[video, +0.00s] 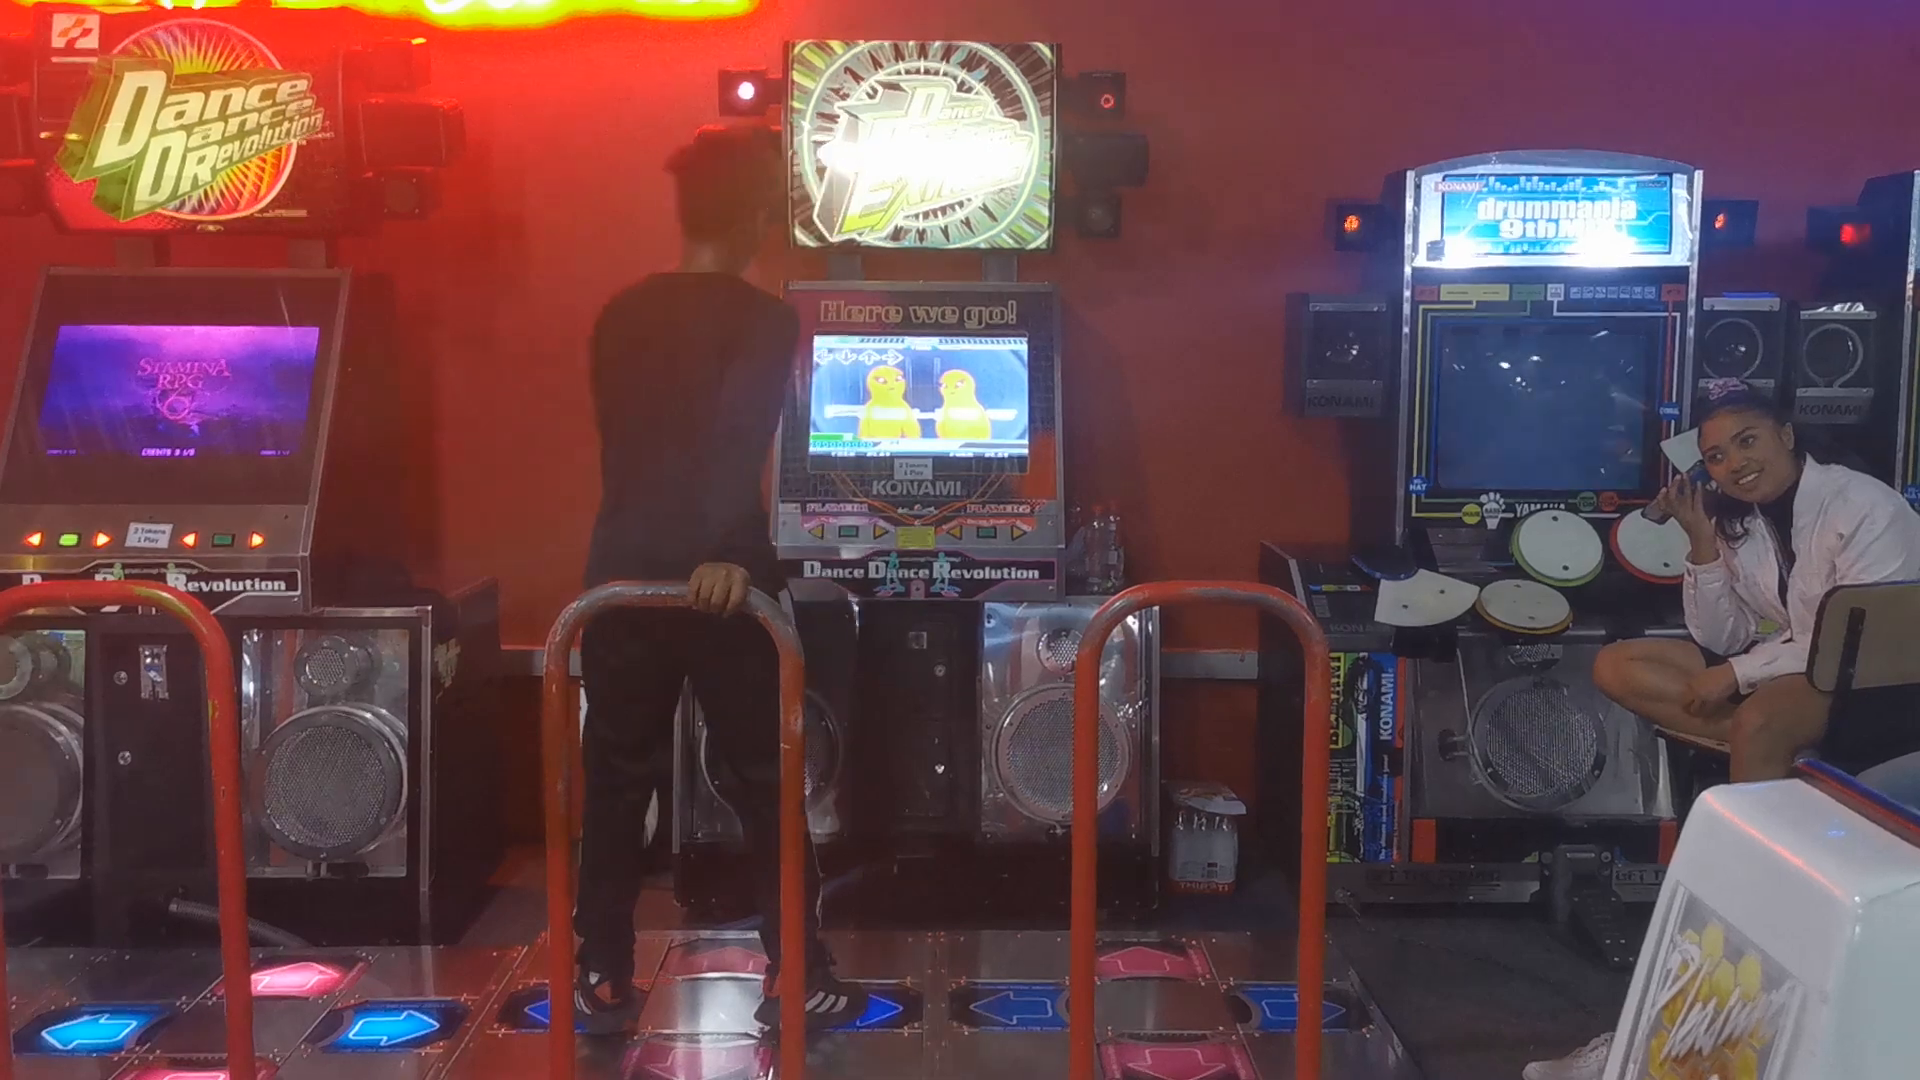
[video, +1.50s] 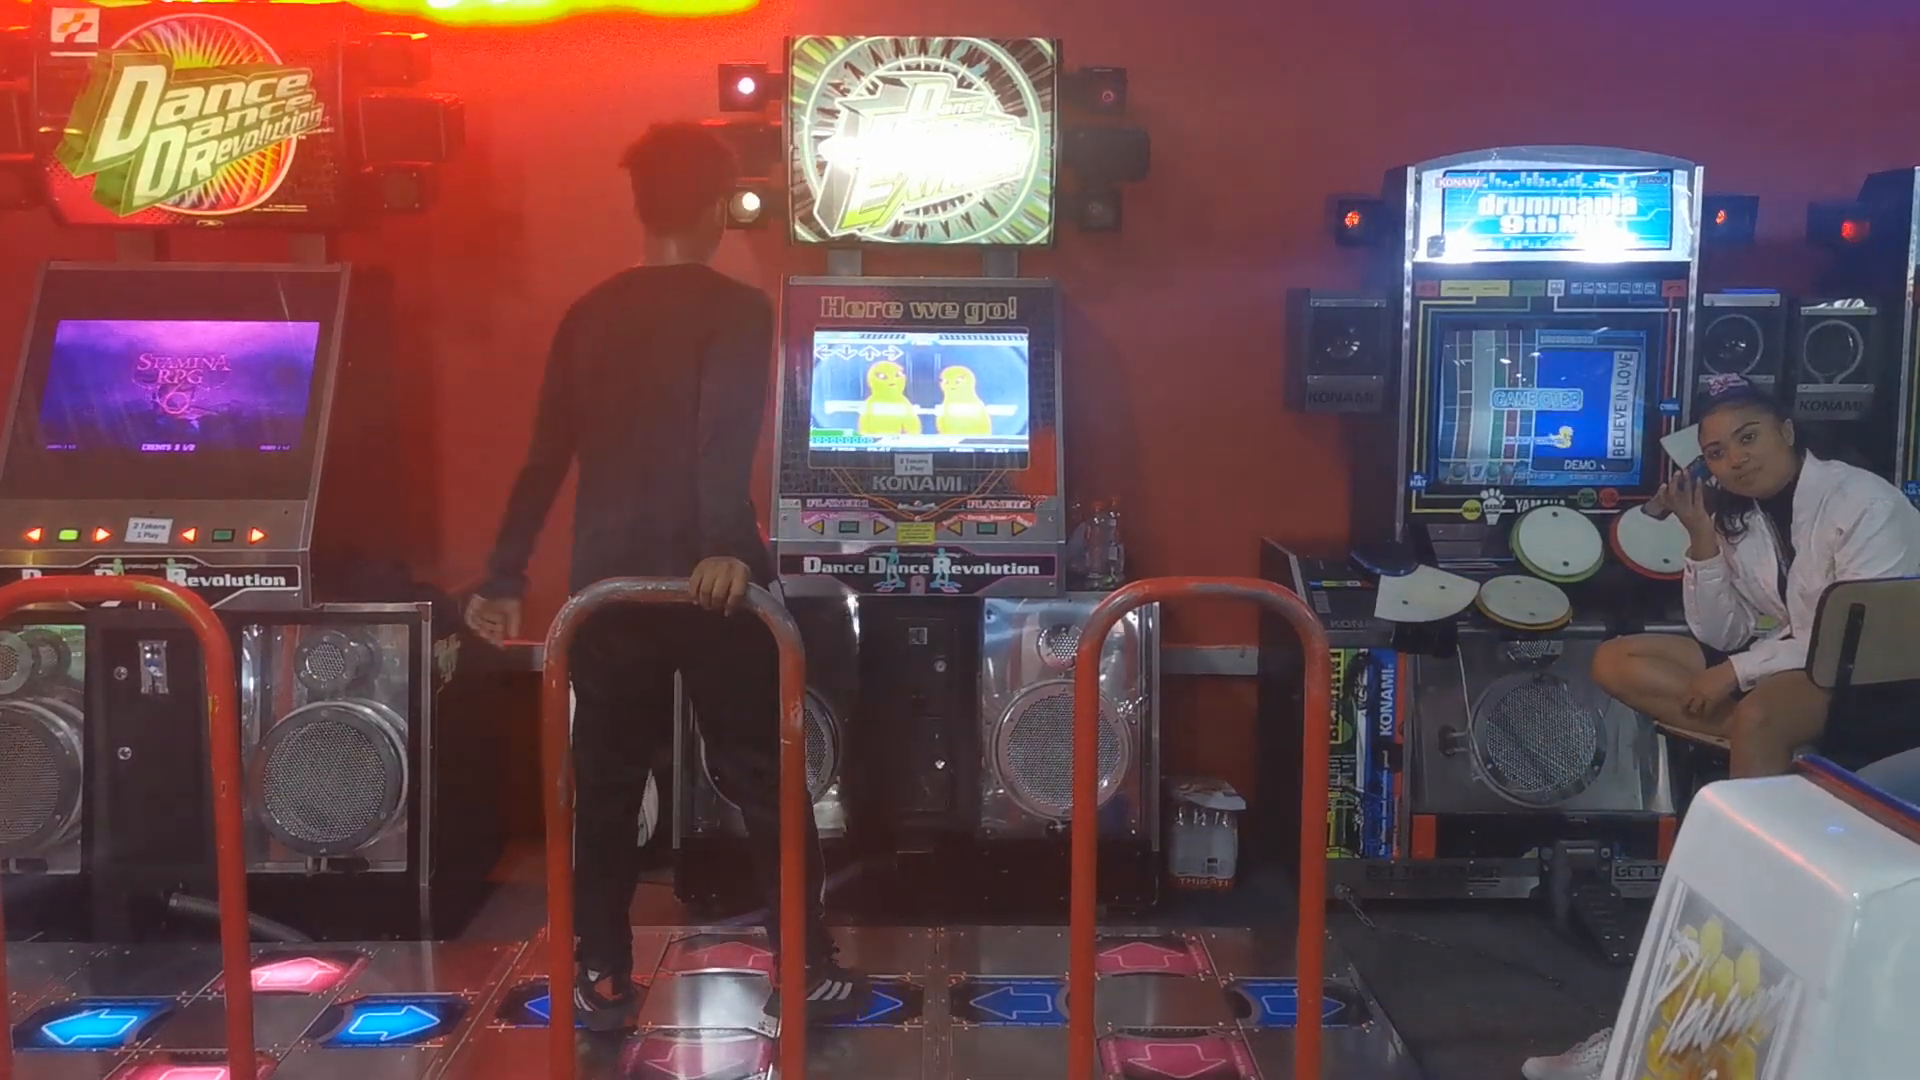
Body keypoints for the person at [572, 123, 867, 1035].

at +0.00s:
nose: (781, 222)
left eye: (778, 206)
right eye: (776, 207)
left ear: (684, 211)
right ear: (758, 217)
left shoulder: (619, 313)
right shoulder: (769, 319)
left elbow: (621, 449)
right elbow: (743, 435)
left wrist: (653, 535)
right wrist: (728, 541)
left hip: (624, 576)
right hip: (728, 580)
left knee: (615, 784)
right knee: (768, 778)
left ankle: (603, 981)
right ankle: (798, 976)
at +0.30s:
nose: (725, 226)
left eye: (719, 211)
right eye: (723, 212)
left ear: (636, 214)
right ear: (712, 218)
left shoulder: (581, 318)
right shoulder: (728, 316)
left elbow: (552, 462)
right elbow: (720, 434)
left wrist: (520, 585)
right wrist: (723, 543)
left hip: (597, 576)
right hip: (702, 575)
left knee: (601, 788)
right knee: (762, 776)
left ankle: (603, 982)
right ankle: (792, 966)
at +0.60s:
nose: (762, 216)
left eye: (757, 202)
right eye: (757, 203)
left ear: (669, 211)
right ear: (742, 211)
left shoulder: (616, 313)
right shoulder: (772, 312)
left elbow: (566, 449)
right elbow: (754, 439)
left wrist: (527, 571)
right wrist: (733, 543)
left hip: (631, 582)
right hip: (739, 584)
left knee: (622, 787)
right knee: (776, 778)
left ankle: (603, 979)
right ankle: (808, 973)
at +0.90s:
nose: (815, 216)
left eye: (810, 199)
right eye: (812, 200)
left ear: (730, 207)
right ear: (796, 208)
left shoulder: (666, 306)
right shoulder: (812, 311)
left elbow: (650, 443)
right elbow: (770, 431)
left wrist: (687, 533)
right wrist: (727, 542)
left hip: (660, 559)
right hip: (761, 567)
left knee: (635, 768)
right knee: (788, 772)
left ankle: (604, 968)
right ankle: (805, 975)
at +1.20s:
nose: (783, 216)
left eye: (779, 200)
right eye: (777, 201)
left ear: (686, 207)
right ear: (760, 211)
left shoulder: (622, 308)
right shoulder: (771, 311)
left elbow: (603, 448)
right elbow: (753, 436)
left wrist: (670, 500)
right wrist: (722, 535)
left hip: (625, 568)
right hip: (731, 572)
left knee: (616, 785)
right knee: (770, 779)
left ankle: (601, 979)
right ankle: (805, 974)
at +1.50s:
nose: (735, 215)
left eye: (730, 202)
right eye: (729, 202)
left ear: (641, 210)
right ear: (715, 211)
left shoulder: (589, 312)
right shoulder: (738, 306)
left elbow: (546, 454)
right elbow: (728, 428)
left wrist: (502, 575)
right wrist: (723, 539)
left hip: (609, 580)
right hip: (718, 578)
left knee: (605, 792)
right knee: (764, 777)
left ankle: (603, 985)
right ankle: (806, 973)